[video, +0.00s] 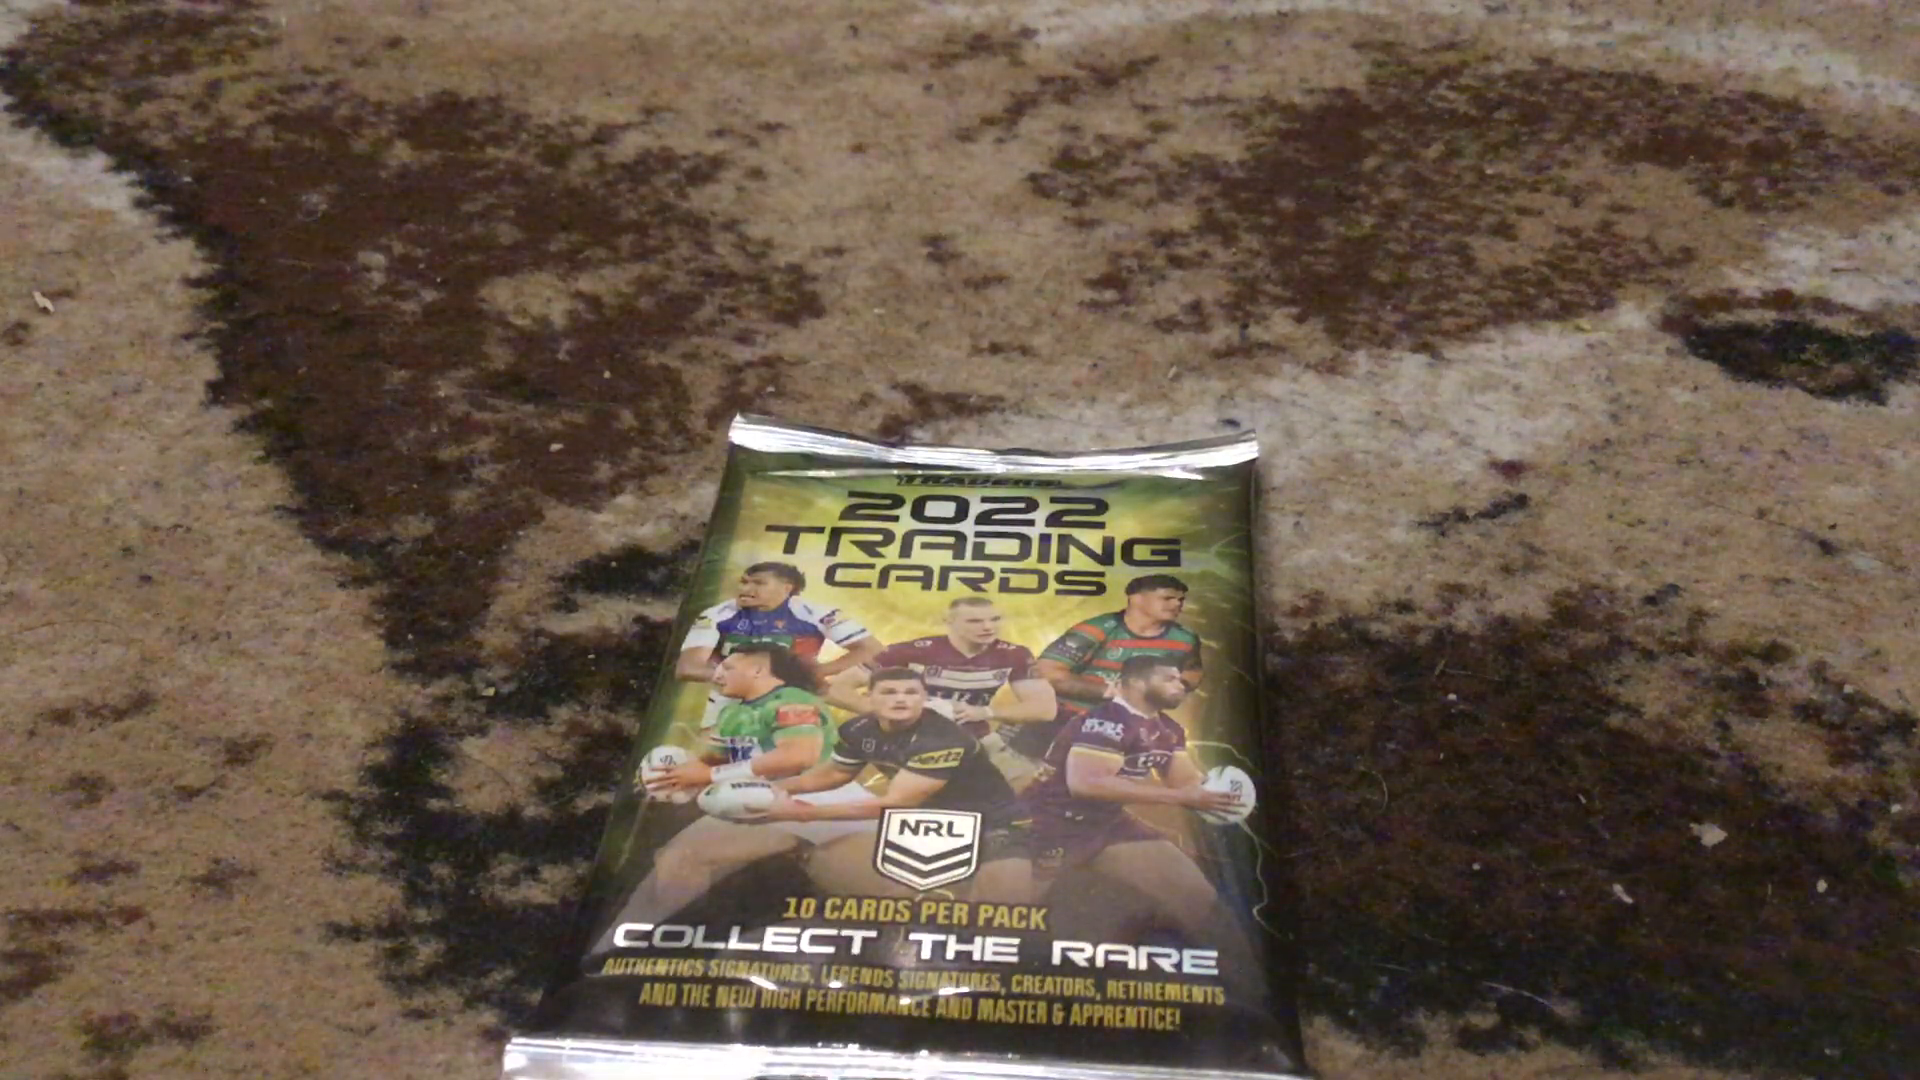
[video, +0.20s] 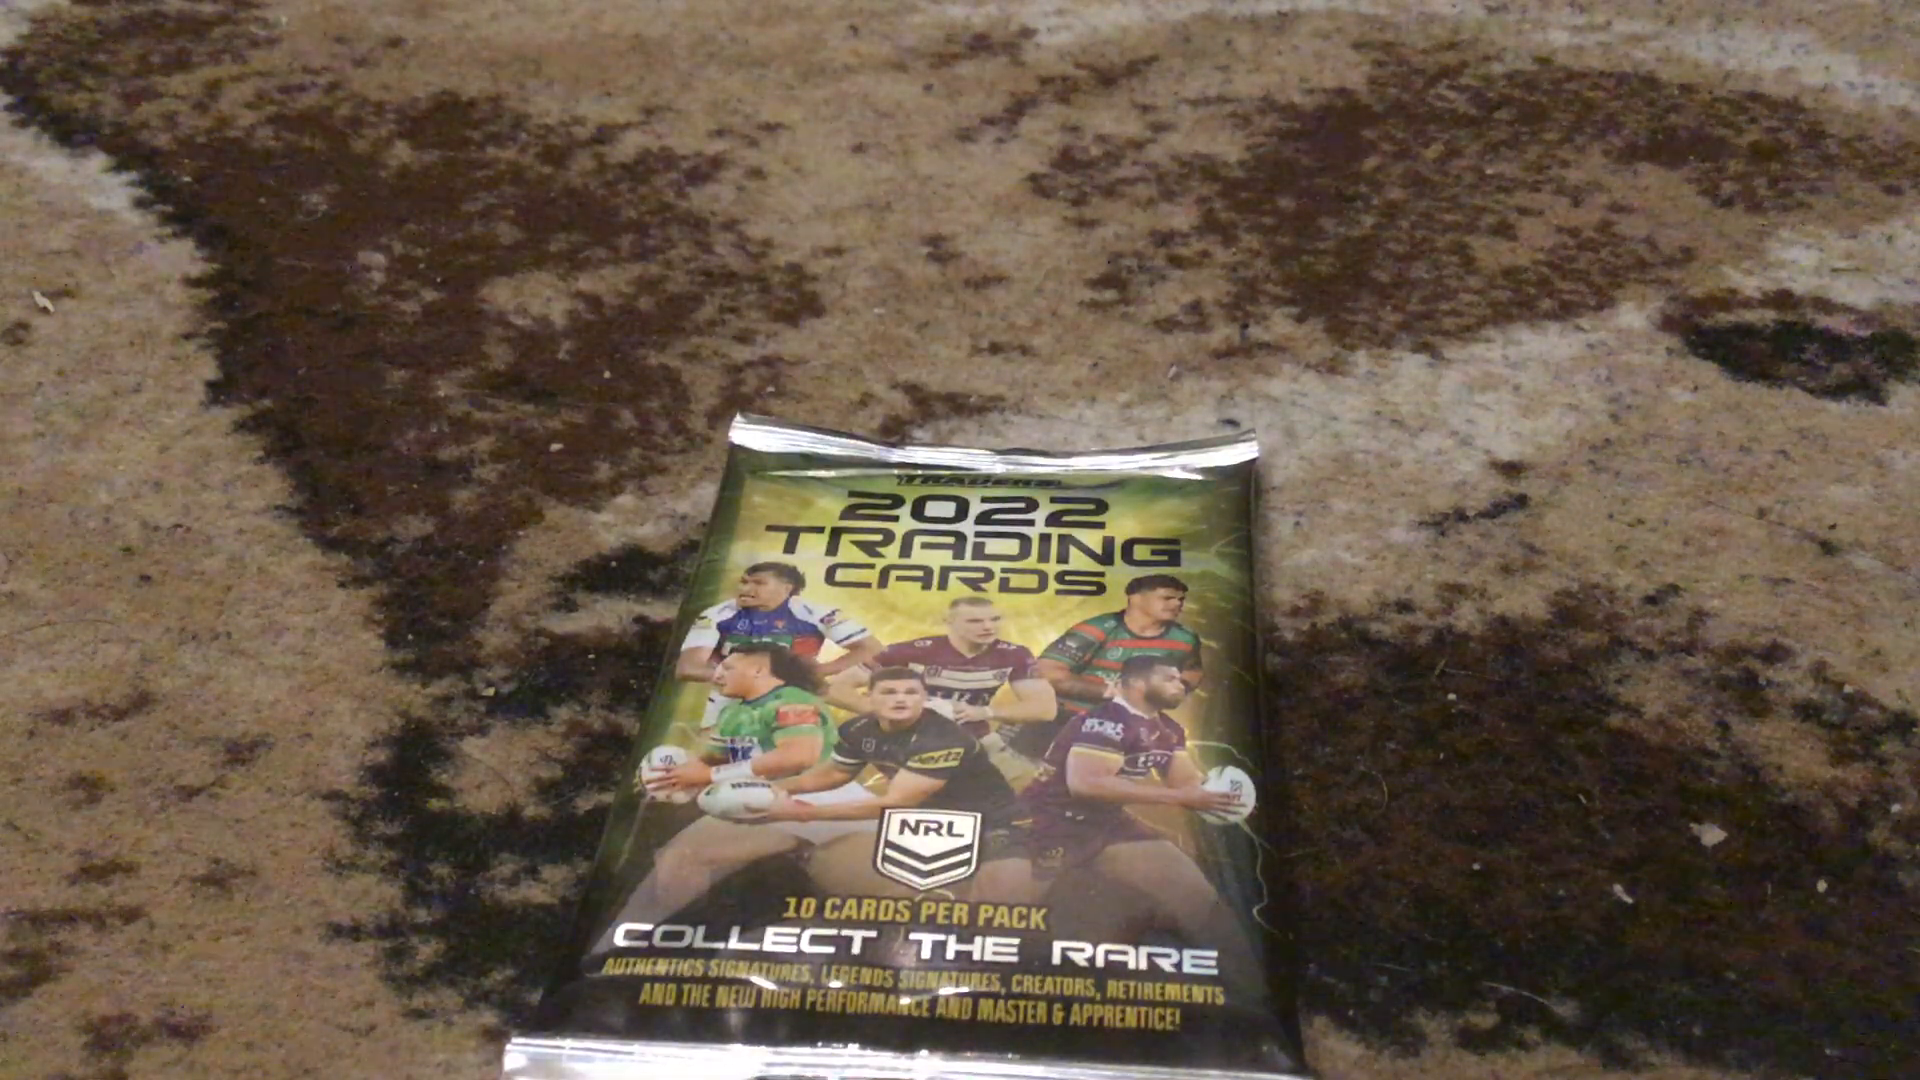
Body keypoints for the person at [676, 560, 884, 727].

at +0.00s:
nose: (748, 590)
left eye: (759, 583)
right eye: (746, 583)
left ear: (788, 588)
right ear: (740, 584)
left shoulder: (808, 613)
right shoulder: (720, 615)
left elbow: (871, 649)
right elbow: (686, 667)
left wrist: (818, 671)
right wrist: (739, 673)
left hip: (789, 715)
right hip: (726, 715)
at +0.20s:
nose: (748, 589)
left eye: (759, 583)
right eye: (745, 583)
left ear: (788, 588)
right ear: (740, 583)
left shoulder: (809, 614)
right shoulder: (719, 615)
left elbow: (871, 648)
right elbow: (686, 667)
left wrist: (819, 670)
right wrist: (739, 673)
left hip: (787, 717)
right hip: (724, 715)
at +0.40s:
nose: (747, 589)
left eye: (759, 583)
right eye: (745, 583)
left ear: (788, 588)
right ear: (740, 583)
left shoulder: (808, 613)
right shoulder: (719, 615)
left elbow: (871, 648)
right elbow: (687, 667)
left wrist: (819, 670)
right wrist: (739, 674)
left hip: (786, 716)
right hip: (724, 715)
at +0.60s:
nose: (748, 589)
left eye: (759, 583)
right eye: (746, 582)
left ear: (787, 588)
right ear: (740, 583)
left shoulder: (808, 613)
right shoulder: (720, 615)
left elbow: (871, 648)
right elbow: (686, 667)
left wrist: (819, 670)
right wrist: (736, 672)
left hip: (787, 717)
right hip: (724, 715)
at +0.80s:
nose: (747, 589)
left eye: (759, 583)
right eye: (746, 582)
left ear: (787, 588)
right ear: (740, 583)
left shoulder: (809, 613)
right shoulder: (720, 615)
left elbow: (871, 648)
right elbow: (686, 667)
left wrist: (819, 670)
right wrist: (739, 673)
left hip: (787, 716)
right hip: (725, 715)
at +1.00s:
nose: (747, 589)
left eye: (759, 583)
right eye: (745, 582)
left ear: (787, 588)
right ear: (740, 583)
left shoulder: (809, 613)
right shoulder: (720, 615)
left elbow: (871, 648)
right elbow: (687, 667)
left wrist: (820, 669)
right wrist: (742, 674)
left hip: (788, 716)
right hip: (725, 715)